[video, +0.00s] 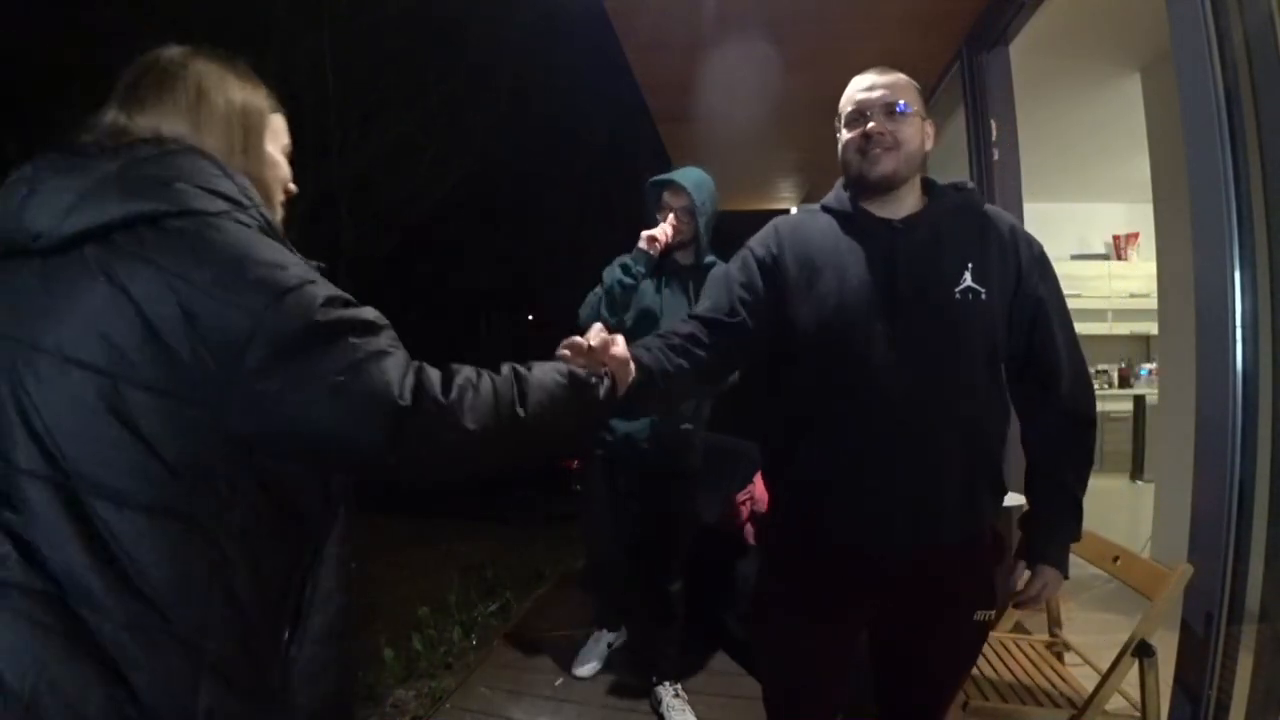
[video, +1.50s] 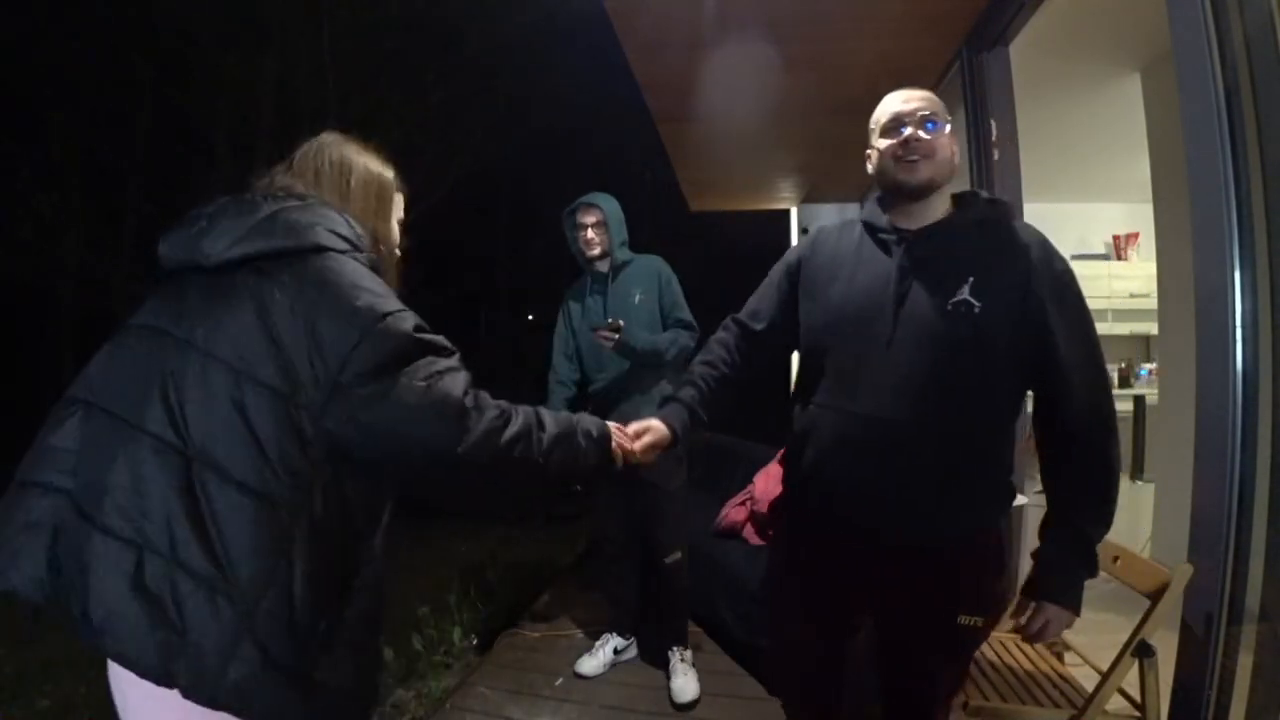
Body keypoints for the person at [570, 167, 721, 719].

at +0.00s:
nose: (670, 220)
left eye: (682, 212)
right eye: (665, 209)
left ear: (705, 217)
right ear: (656, 212)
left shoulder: (721, 279)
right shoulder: (630, 270)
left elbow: (732, 361)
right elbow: (591, 328)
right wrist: (637, 262)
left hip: (686, 440)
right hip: (621, 435)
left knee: (678, 554)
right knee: (609, 540)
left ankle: (666, 673)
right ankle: (610, 624)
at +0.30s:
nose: (638, 227)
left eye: (648, 217)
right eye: (630, 218)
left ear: (668, 222)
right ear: (620, 224)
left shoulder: (695, 284)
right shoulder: (597, 285)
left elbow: (708, 361)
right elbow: (562, 357)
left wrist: (678, 427)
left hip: (667, 439)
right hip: (603, 431)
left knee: (664, 554)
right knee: (608, 540)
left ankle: (663, 673)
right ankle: (618, 632)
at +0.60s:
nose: (604, 230)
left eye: (613, 220)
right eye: (596, 221)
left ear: (635, 225)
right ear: (585, 230)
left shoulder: (659, 288)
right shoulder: (582, 292)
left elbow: (687, 351)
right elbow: (566, 369)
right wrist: (569, 434)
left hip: (650, 444)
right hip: (599, 444)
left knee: (654, 562)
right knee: (607, 547)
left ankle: (656, 667)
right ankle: (621, 632)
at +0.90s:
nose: (588, 234)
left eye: (596, 224)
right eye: (580, 226)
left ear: (617, 227)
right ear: (572, 235)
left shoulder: (647, 275)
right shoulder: (580, 287)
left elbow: (663, 354)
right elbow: (579, 353)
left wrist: (660, 434)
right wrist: (578, 414)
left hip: (643, 432)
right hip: (596, 429)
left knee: (638, 545)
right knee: (605, 537)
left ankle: (639, 653)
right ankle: (616, 633)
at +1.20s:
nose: (585, 237)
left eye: (593, 227)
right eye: (577, 230)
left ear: (613, 229)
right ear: (568, 239)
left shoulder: (643, 276)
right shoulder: (575, 294)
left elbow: (651, 341)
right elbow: (565, 363)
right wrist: (564, 434)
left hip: (647, 432)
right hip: (599, 434)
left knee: (651, 549)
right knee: (608, 541)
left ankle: (661, 652)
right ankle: (621, 633)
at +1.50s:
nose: (590, 236)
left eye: (598, 227)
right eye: (582, 230)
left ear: (617, 228)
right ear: (573, 238)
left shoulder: (651, 271)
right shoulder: (576, 298)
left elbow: (687, 340)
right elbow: (562, 377)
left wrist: (633, 340)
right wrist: (558, 436)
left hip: (659, 426)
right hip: (601, 434)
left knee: (667, 543)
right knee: (612, 536)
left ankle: (676, 648)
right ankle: (622, 634)